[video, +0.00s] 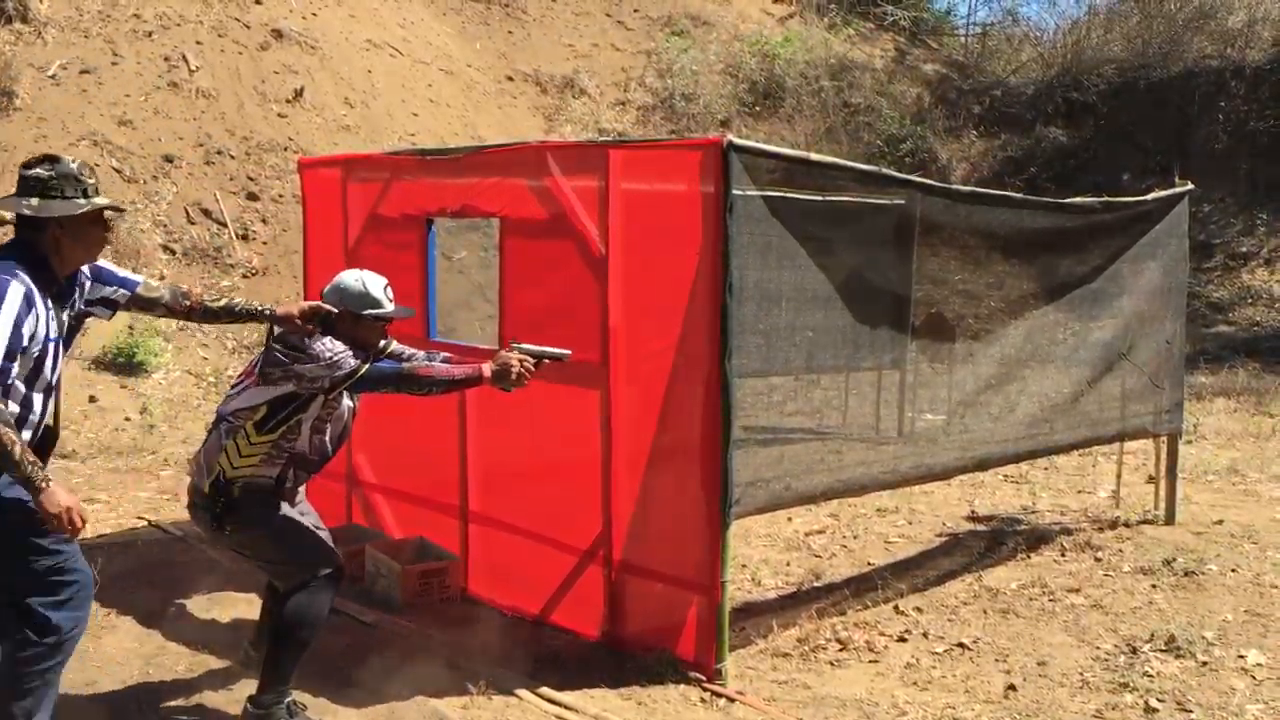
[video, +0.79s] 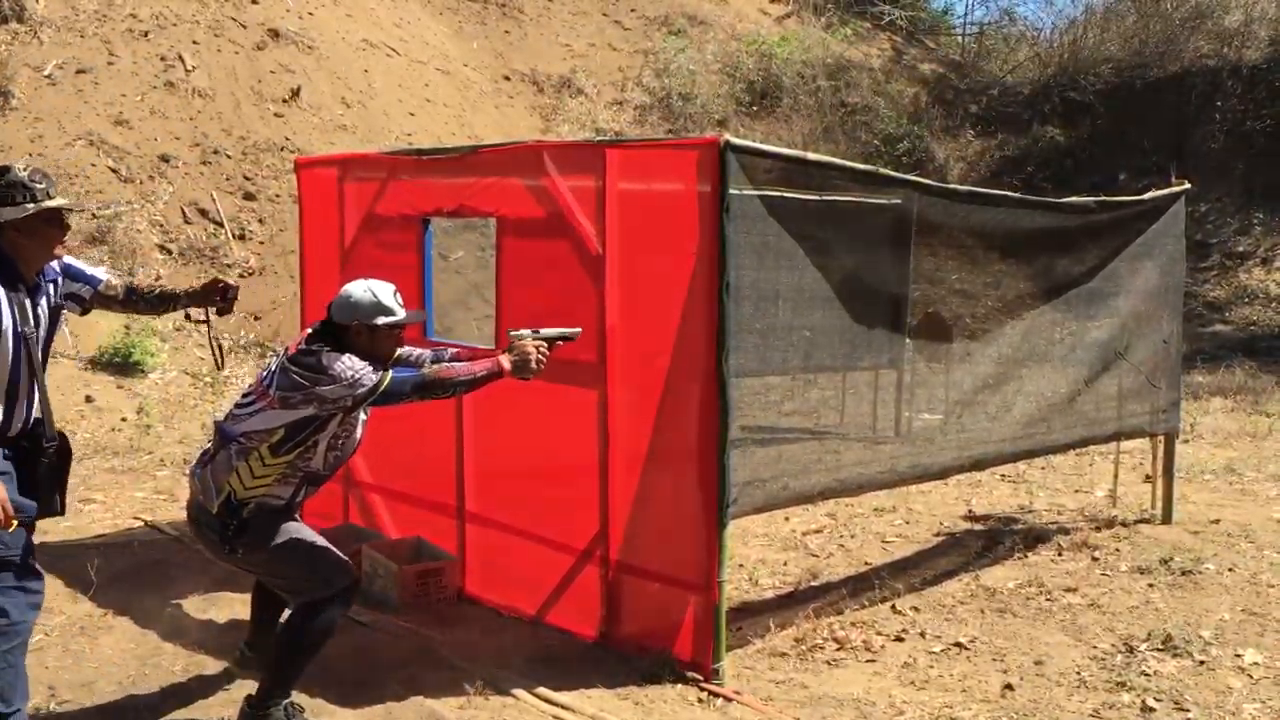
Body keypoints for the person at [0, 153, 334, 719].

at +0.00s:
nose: (108, 228)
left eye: (105, 217)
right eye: (96, 219)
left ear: (64, 231)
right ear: (57, 232)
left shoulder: (79, 276)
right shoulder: (13, 295)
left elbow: (179, 301)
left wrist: (275, 314)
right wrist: (40, 482)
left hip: (16, 475)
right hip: (4, 480)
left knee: (46, 581)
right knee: (66, 583)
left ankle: (18, 698)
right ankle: (22, 707)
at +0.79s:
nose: (62, 230)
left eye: (61, 219)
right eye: (49, 221)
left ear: (38, 226)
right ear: (10, 229)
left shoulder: (52, 274)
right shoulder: (3, 293)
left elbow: (126, 293)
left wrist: (195, 297)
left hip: (25, 452)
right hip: (2, 459)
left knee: (18, 588)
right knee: (17, 590)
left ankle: (11, 702)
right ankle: (10, 704)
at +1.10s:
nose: (48, 221)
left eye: (49, 210)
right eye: (36, 211)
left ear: (39, 216)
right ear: (3, 218)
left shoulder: (41, 261)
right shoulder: (9, 271)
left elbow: (103, 290)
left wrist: (160, 302)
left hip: (4, 448)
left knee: (4, 559)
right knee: (3, 560)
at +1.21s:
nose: (51, 222)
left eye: (50, 211)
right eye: (38, 213)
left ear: (32, 218)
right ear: (4, 221)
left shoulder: (40, 262)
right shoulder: (8, 275)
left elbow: (96, 293)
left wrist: (146, 301)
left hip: (8, 434)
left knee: (1, 536)